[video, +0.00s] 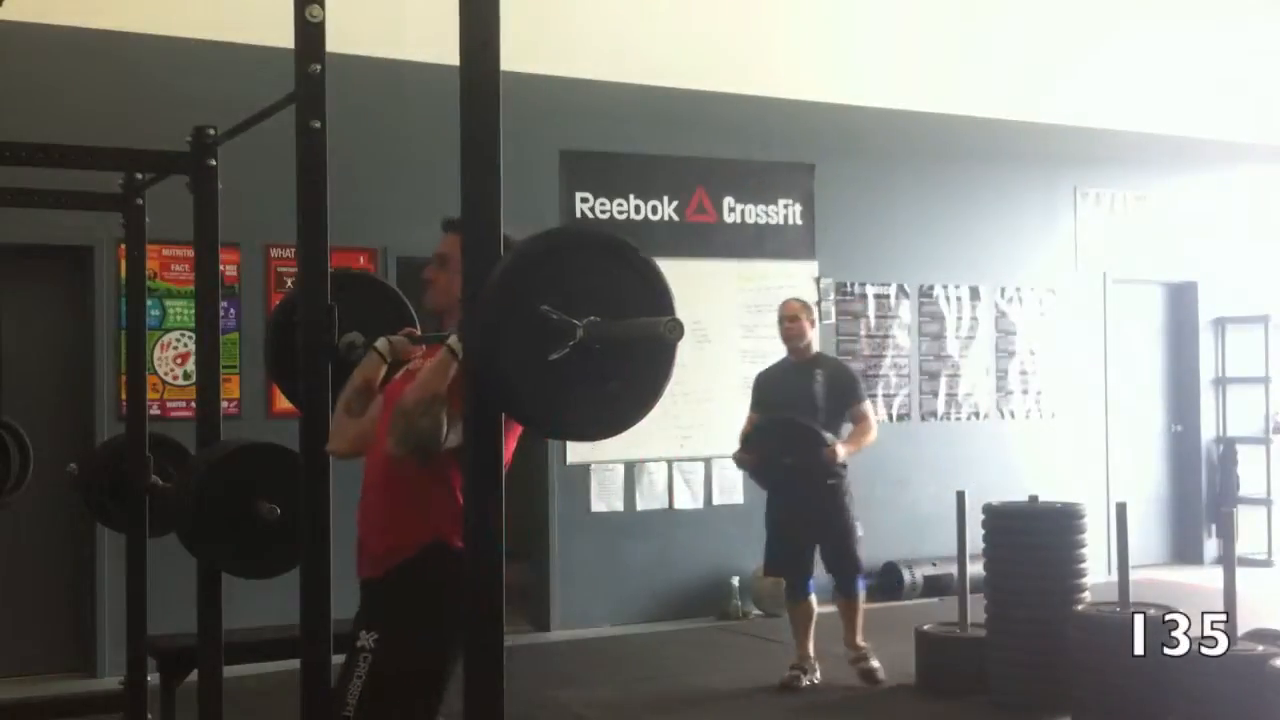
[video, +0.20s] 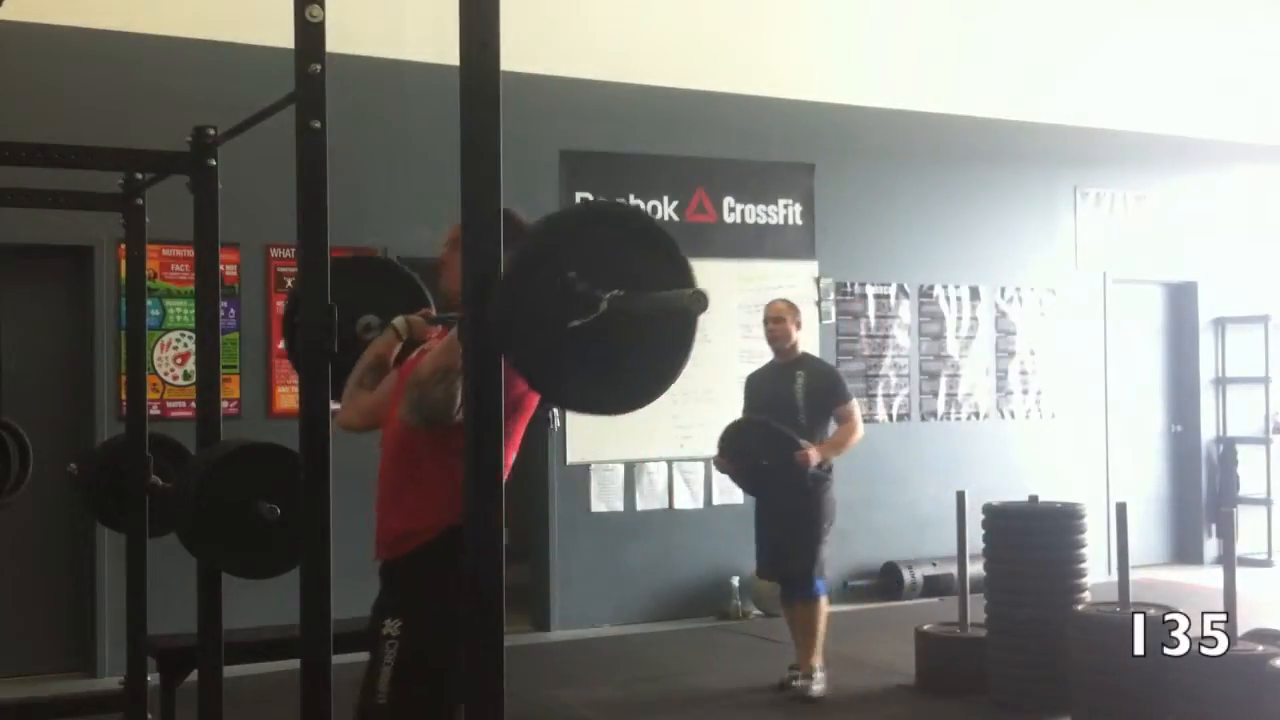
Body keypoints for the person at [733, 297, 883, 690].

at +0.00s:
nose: (789, 327)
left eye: (796, 319)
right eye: (784, 321)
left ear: (813, 324)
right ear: (778, 329)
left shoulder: (839, 374)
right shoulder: (767, 379)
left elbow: (867, 426)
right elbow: (752, 429)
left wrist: (844, 448)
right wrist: (745, 453)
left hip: (827, 484)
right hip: (784, 485)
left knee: (847, 568)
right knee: (796, 576)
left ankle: (856, 647)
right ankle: (805, 662)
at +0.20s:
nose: (773, 328)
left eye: (780, 321)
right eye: (769, 322)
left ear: (798, 326)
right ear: (764, 329)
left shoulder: (823, 374)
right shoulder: (756, 380)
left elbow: (853, 426)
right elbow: (749, 434)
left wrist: (821, 452)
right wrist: (730, 458)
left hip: (810, 487)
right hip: (771, 488)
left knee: (808, 577)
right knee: (786, 579)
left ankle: (813, 667)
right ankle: (802, 664)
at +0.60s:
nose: (750, 331)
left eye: (757, 323)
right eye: (745, 324)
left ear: (773, 326)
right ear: (738, 330)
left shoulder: (791, 379)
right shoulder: (732, 382)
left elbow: (812, 439)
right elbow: (730, 437)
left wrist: (766, 460)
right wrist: (698, 458)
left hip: (773, 493)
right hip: (736, 491)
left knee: (761, 587)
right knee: (741, 583)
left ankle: (759, 681)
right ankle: (794, 645)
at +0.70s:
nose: (738, 331)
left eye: (745, 323)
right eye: (733, 324)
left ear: (761, 322)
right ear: (723, 327)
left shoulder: (780, 376)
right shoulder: (723, 375)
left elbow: (799, 438)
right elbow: (726, 437)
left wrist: (751, 459)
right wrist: (691, 455)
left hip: (764, 492)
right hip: (726, 491)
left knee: (757, 589)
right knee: (712, 580)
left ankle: (759, 682)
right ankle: (773, 629)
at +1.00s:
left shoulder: (738, 377)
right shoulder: (682, 383)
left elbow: (754, 441)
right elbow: (693, 443)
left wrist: (702, 461)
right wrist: (660, 464)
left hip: (728, 498)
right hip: (687, 498)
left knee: (740, 592)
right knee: (667, 592)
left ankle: (758, 681)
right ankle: (645, 681)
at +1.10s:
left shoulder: (721, 383)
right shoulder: (669, 391)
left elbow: (737, 443)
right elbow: (677, 448)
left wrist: (683, 464)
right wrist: (645, 464)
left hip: (709, 502)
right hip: (667, 503)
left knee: (726, 593)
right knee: (648, 596)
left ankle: (756, 680)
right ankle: (623, 689)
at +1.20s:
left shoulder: (702, 382)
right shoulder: (651, 391)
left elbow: (718, 442)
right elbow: (657, 445)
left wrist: (666, 460)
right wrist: (627, 459)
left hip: (687, 508)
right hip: (643, 507)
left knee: (703, 595)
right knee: (628, 601)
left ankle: (753, 673)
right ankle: (617, 693)